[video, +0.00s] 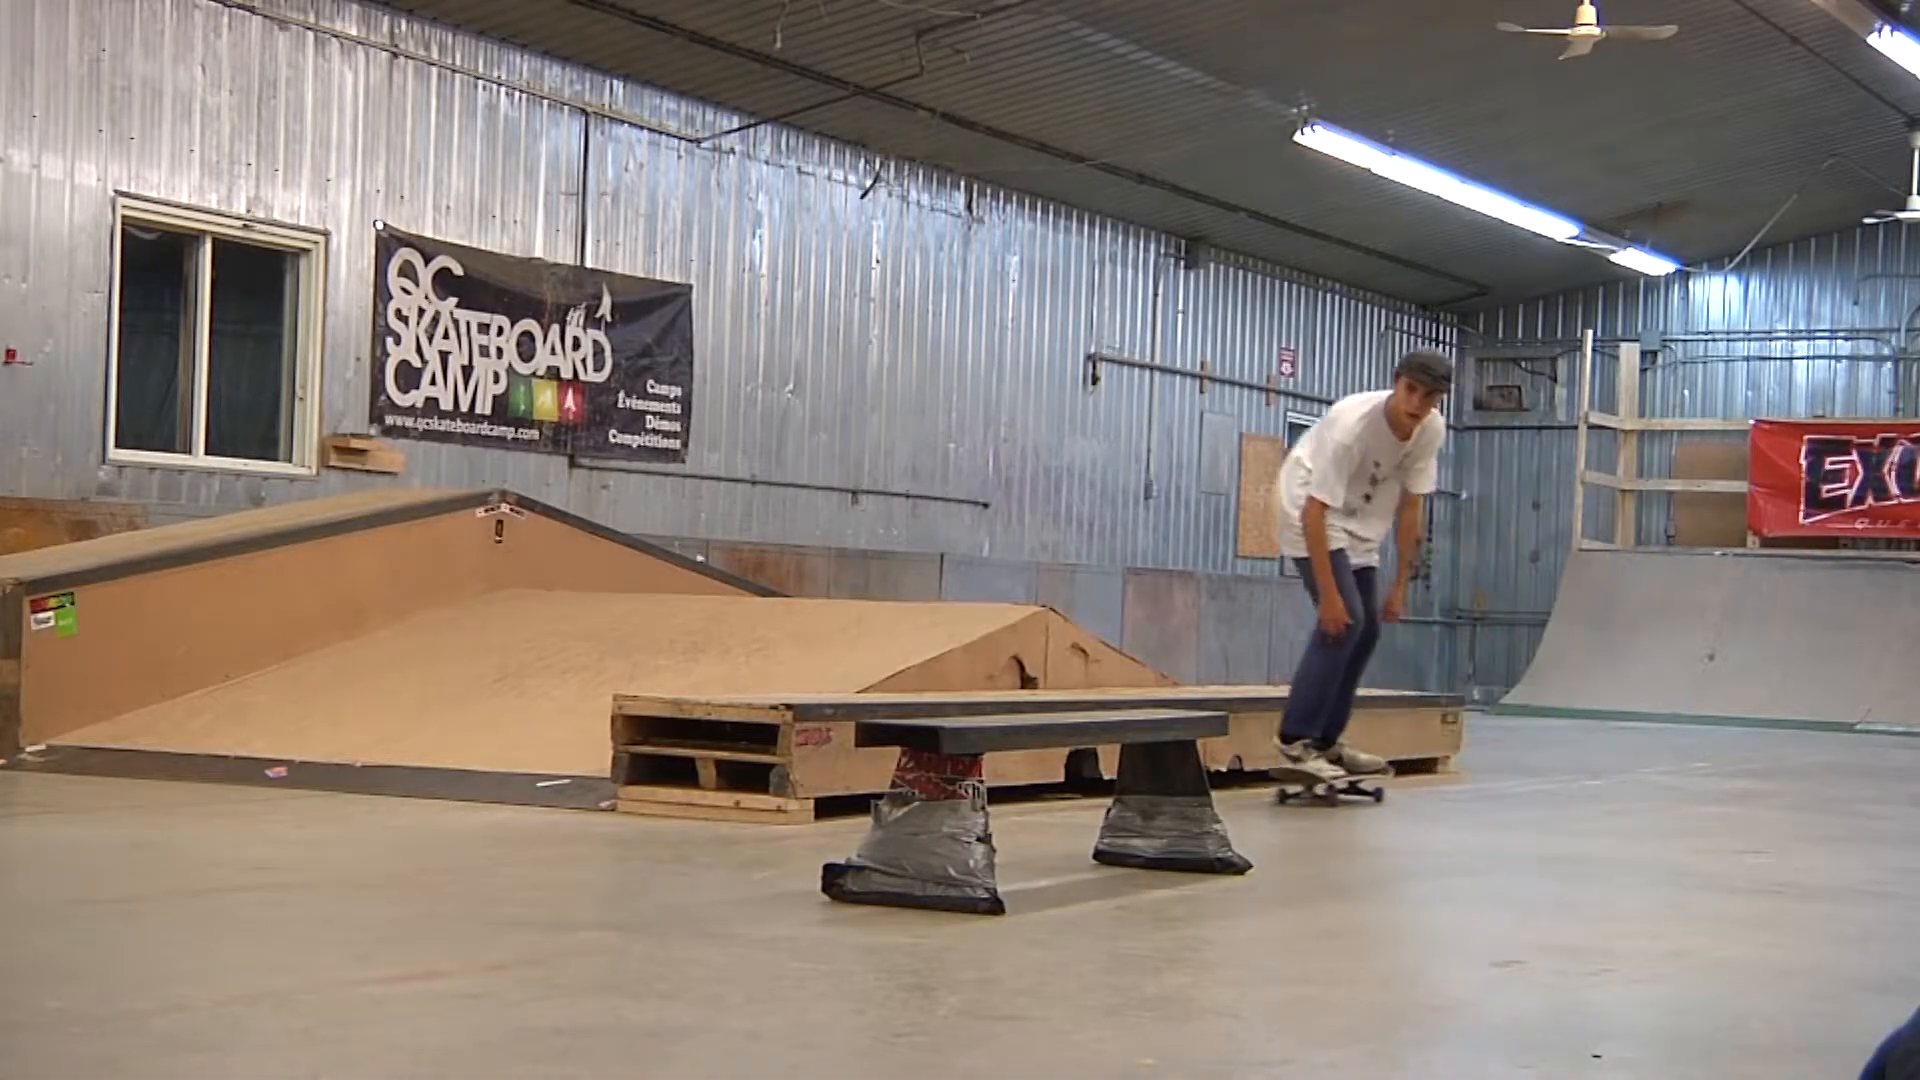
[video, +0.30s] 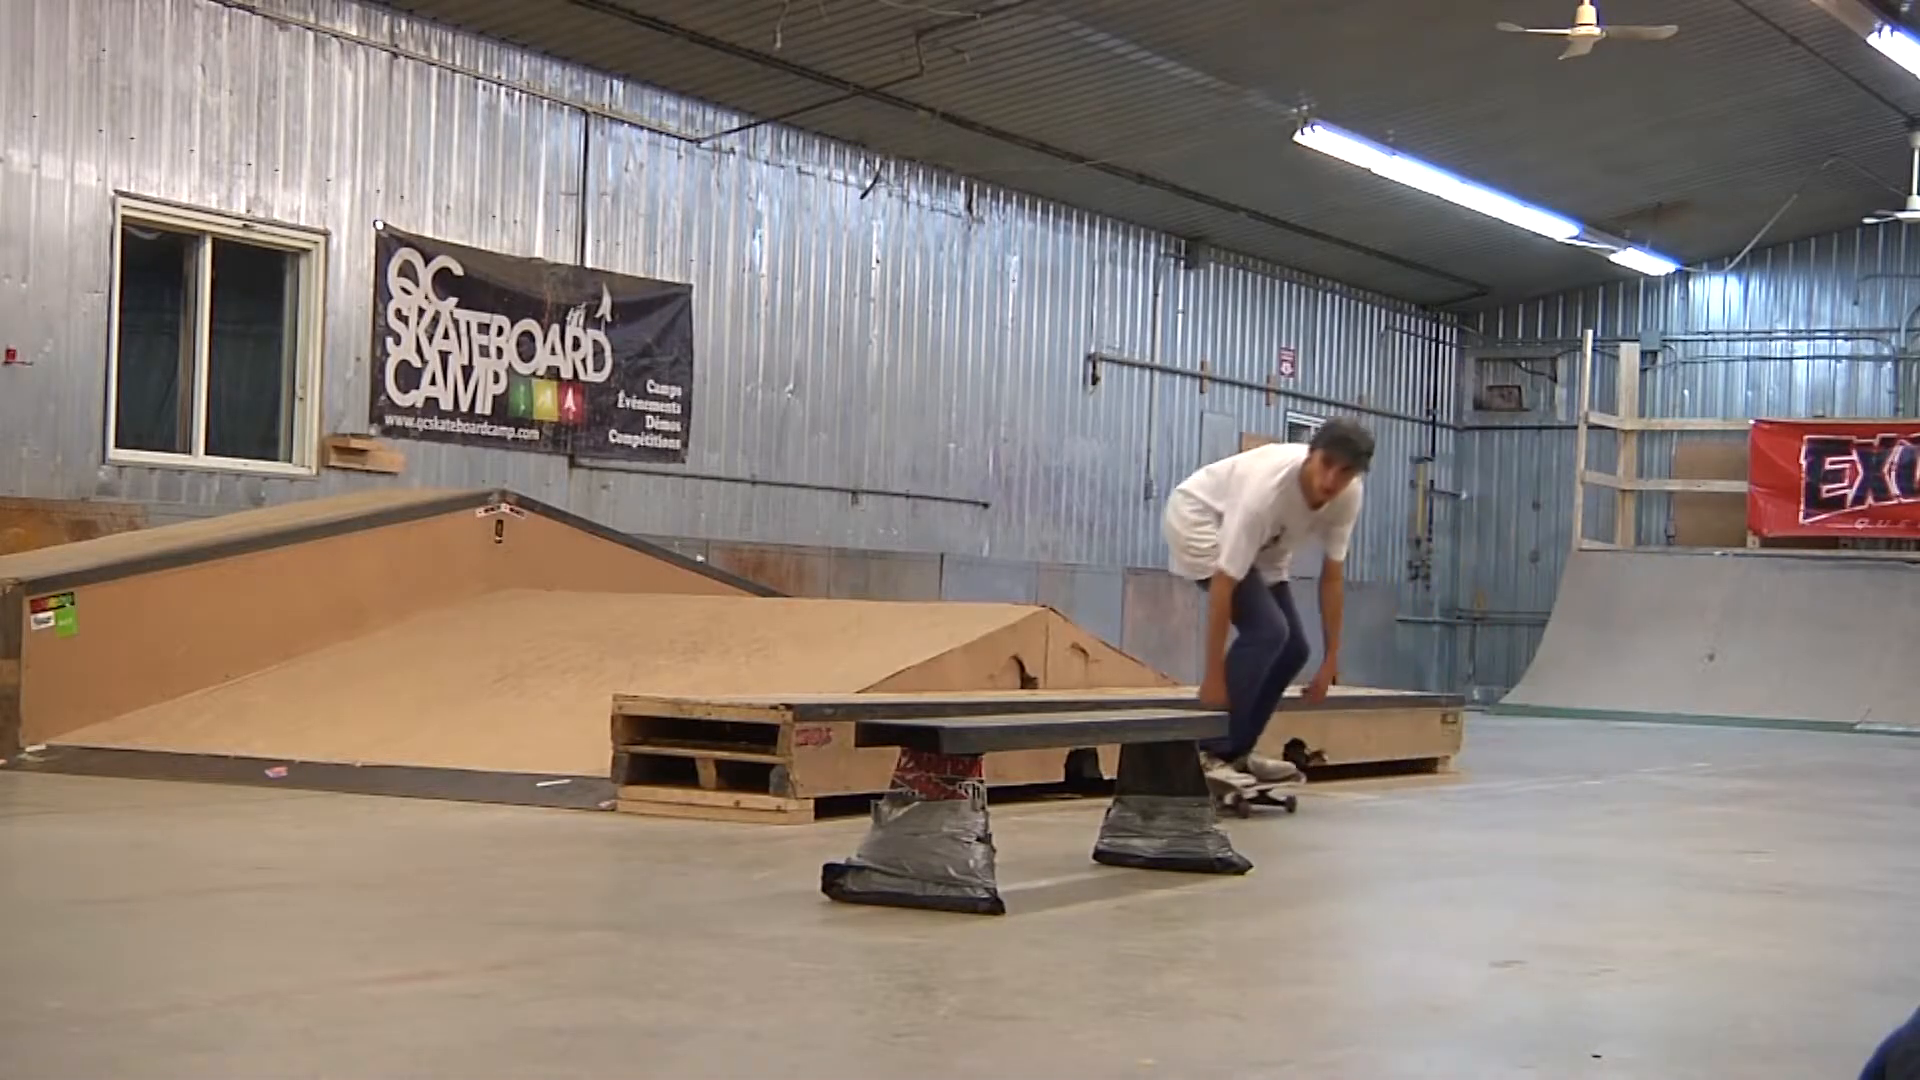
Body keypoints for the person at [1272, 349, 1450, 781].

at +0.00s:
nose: (1417, 404)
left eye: (1429, 397)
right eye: (1411, 390)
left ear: (1438, 400)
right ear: (1395, 383)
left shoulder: (1431, 428)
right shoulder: (1348, 427)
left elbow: (1410, 506)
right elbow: (1312, 512)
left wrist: (1400, 583)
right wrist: (1328, 596)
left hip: (1361, 528)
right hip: (1312, 522)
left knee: (1366, 627)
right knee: (1343, 622)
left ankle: (1326, 740)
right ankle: (1295, 741)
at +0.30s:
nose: (1331, 480)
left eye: (1344, 473)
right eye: (1326, 464)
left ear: (1355, 477)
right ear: (1311, 455)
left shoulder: (1349, 492)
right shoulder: (1265, 486)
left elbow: (1332, 578)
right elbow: (1222, 584)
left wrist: (1330, 661)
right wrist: (1214, 678)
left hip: (1258, 545)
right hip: (1202, 527)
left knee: (1294, 648)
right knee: (1266, 632)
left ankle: (1237, 753)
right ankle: (1214, 754)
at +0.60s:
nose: (1242, 510)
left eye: (1256, 503)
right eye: (1237, 492)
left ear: (1265, 506)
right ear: (1219, 479)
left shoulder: (1253, 522)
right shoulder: (1170, 515)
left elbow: (1237, 605)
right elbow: (1111, 617)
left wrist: (1241, 696)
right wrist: (1104, 714)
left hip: (1154, 562)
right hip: (1095, 551)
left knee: (1221, 665)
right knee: (1191, 645)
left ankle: (1147, 761)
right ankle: (1096, 759)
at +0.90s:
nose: (1180, 375)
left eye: (1192, 369)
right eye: (1178, 357)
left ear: (1195, 374)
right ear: (1150, 338)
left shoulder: (1145, 404)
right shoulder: (1088, 388)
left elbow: (1110, 486)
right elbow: (983, 433)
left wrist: (1116, 560)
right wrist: (944, 522)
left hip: (1069, 523)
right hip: (1009, 513)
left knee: (1115, 643)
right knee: (1086, 639)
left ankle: (1036, 772)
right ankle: (1000, 780)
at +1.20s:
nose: (1092, 219)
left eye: (1106, 214)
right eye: (1101, 200)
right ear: (1075, 163)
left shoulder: (1007, 182)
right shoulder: (1013, 175)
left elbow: (907, 196)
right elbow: (947, 207)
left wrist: (903, 198)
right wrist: (996, 316)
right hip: (878, 315)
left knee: (1015, 467)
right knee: (991, 397)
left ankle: (950, 612)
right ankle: (923, 592)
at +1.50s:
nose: (902, 167)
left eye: (914, 162)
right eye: (911, 148)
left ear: (884, 122)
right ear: (887, 108)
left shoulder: (817, 165)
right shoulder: (810, 106)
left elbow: (836, 205)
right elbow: (748, 72)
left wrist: (920, 220)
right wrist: (711, 36)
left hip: (674, 303)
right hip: (721, 283)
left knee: (808, 473)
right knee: (855, 450)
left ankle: (660, 609)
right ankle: (843, 637)